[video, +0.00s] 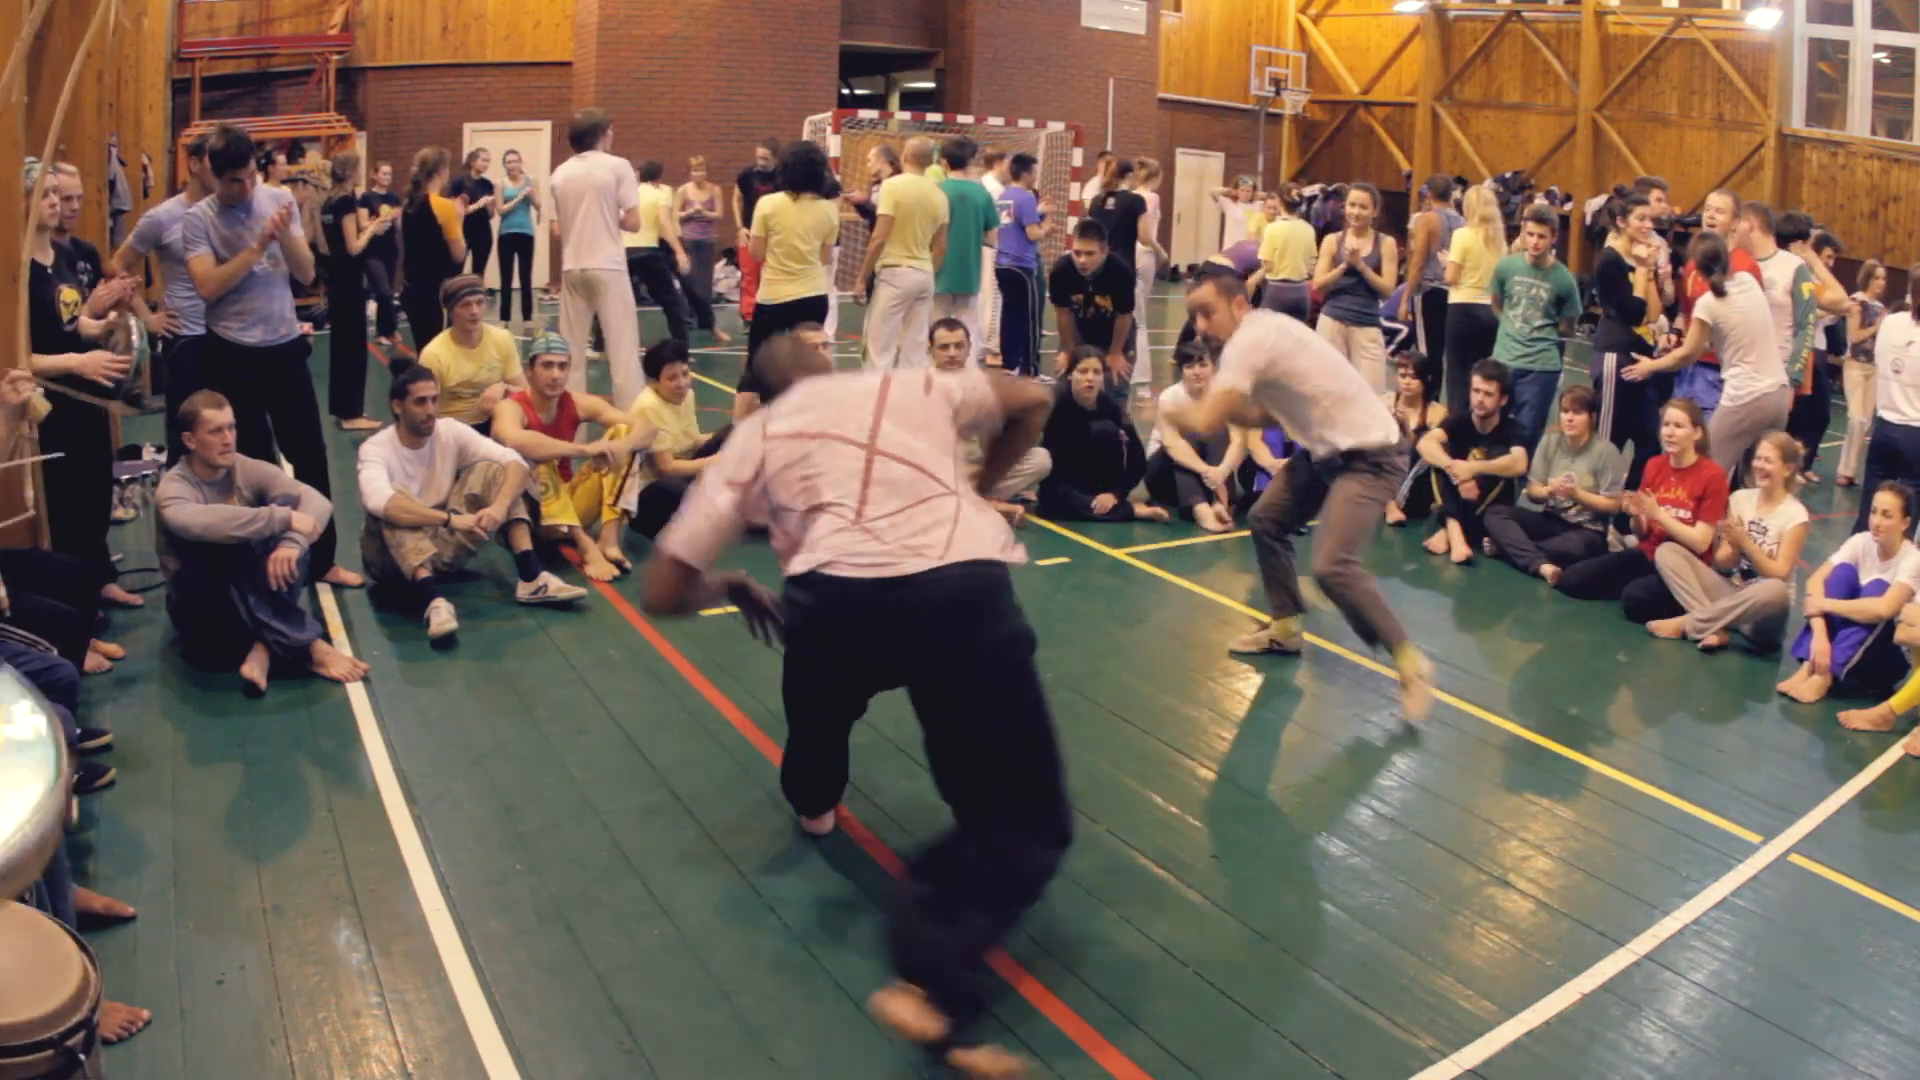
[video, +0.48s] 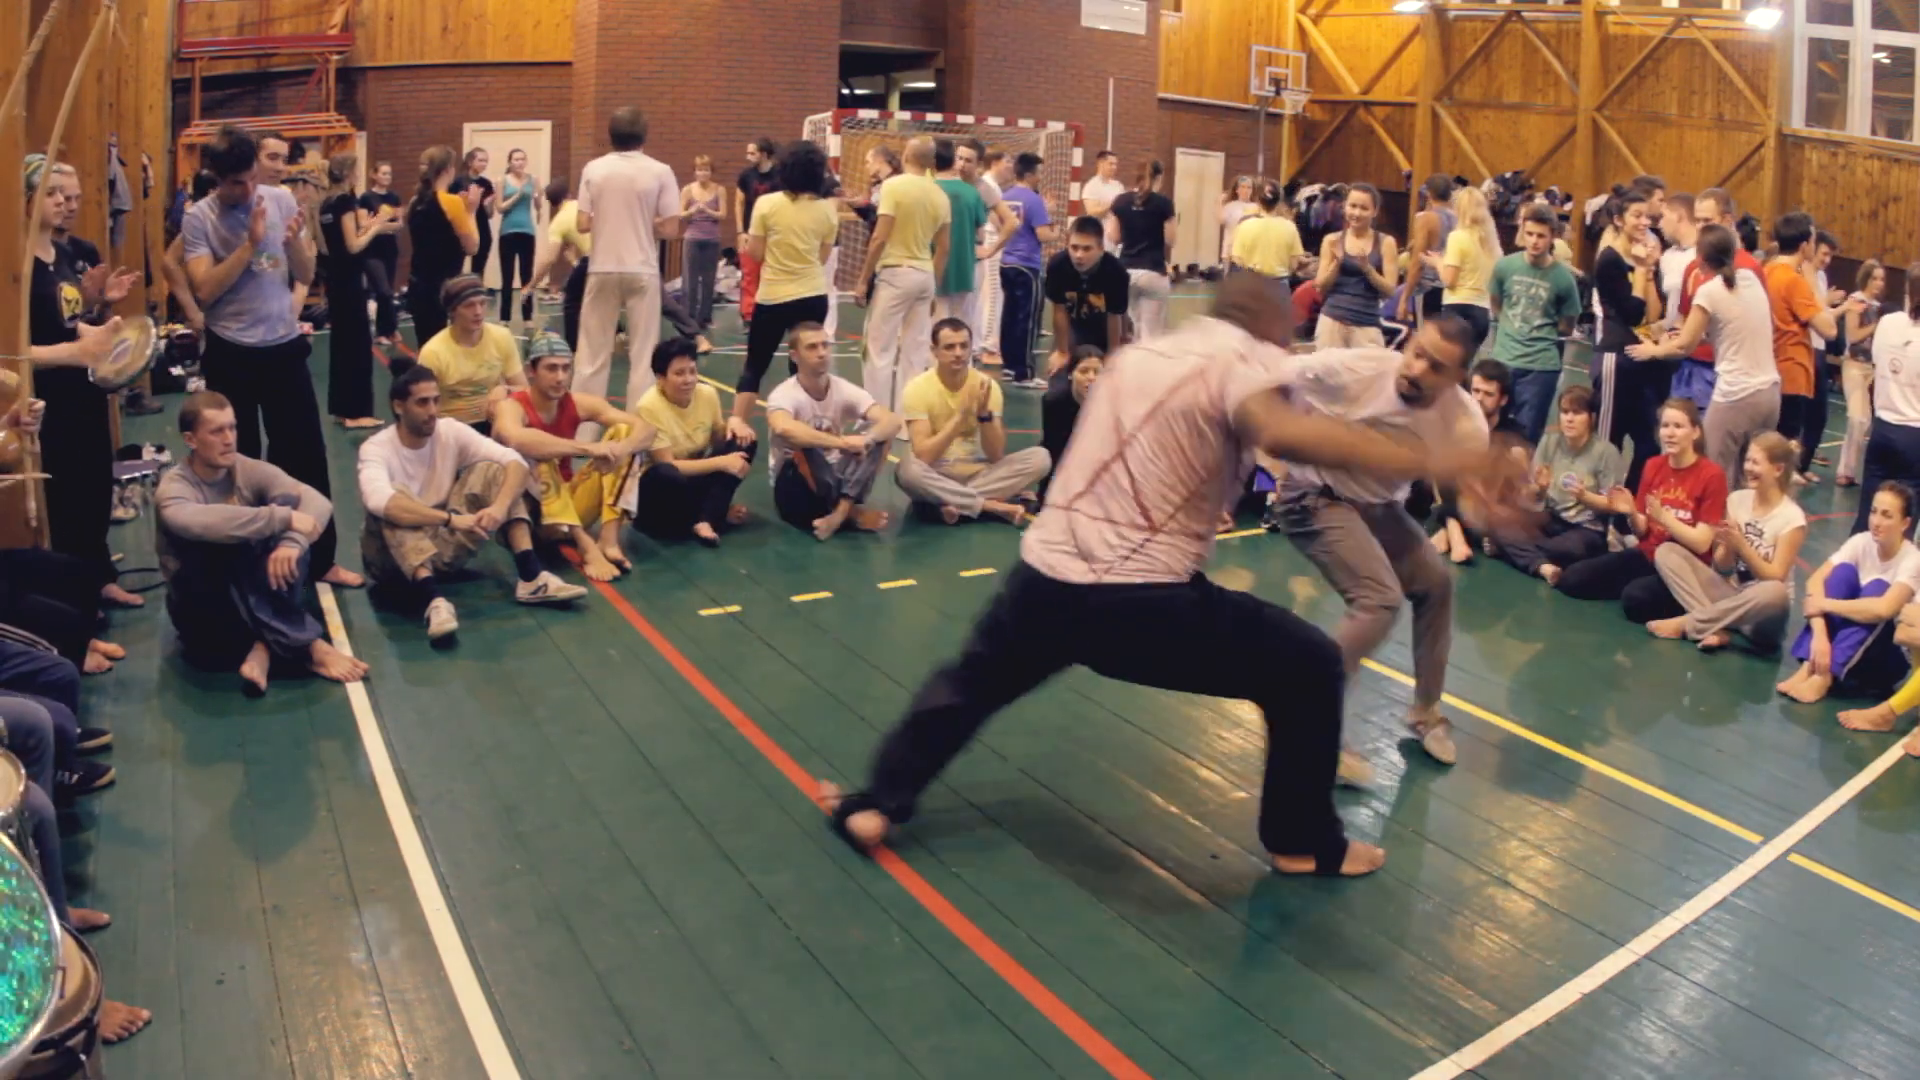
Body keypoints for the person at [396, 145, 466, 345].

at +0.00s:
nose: (449, 173)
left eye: (448, 168)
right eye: (447, 168)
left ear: (421, 170)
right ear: (441, 171)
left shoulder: (408, 206)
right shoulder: (444, 206)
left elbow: (405, 250)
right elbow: (458, 253)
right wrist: (459, 217)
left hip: (412, 286)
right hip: (434, 288)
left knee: (423, 350)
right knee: (434, 349)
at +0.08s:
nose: (450, 173)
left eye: (450, 168)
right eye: (449, 167)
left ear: (422, 170)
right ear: (443, 171)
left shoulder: (409, 207)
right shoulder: (445, 205)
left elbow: (405, 251)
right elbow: (462, 251)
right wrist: (464, 215)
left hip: (413, 287)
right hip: (438, 289)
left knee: (425, 351)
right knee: (439, 350)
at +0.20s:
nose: (451, 172)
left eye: (450, 167)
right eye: (450, 166)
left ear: (423, 170)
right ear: (444, 170)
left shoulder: (411, 206)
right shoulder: (447, 204)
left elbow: (406, 251)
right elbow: (464, 250)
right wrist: (466, 214)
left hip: (415, 285)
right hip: (441, 287)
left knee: (425, 349)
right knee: (441, 349)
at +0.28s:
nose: (452, 172)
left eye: (452, 167)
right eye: (451, 167)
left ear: (425, 170)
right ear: (445, 170)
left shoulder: (411, 207)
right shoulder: (452, 204)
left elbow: (411, 248)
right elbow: (463, 250)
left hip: (417, 284)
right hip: (444, 284)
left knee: (425, 348)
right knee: (441, 345)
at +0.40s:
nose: (454, 172)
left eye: (453, 167)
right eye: (453, 167)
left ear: (426, 168)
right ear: (447, 170)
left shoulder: (414, 203)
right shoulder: (451, 203)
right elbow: (470, 248)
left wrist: (465, 208)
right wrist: (467, 211)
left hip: (418, 283)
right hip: (444, 286)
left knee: (426, 349)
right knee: (443, 349)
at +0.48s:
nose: (455, 172)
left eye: (454, 167)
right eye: (454, 167)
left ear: (426, 168)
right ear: (448, 170)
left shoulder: (414, 204)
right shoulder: (451, 202)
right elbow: (471, 246)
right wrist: (471, 211)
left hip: (418, 283)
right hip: (445, 286)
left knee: (426, 347)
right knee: (444, 347)